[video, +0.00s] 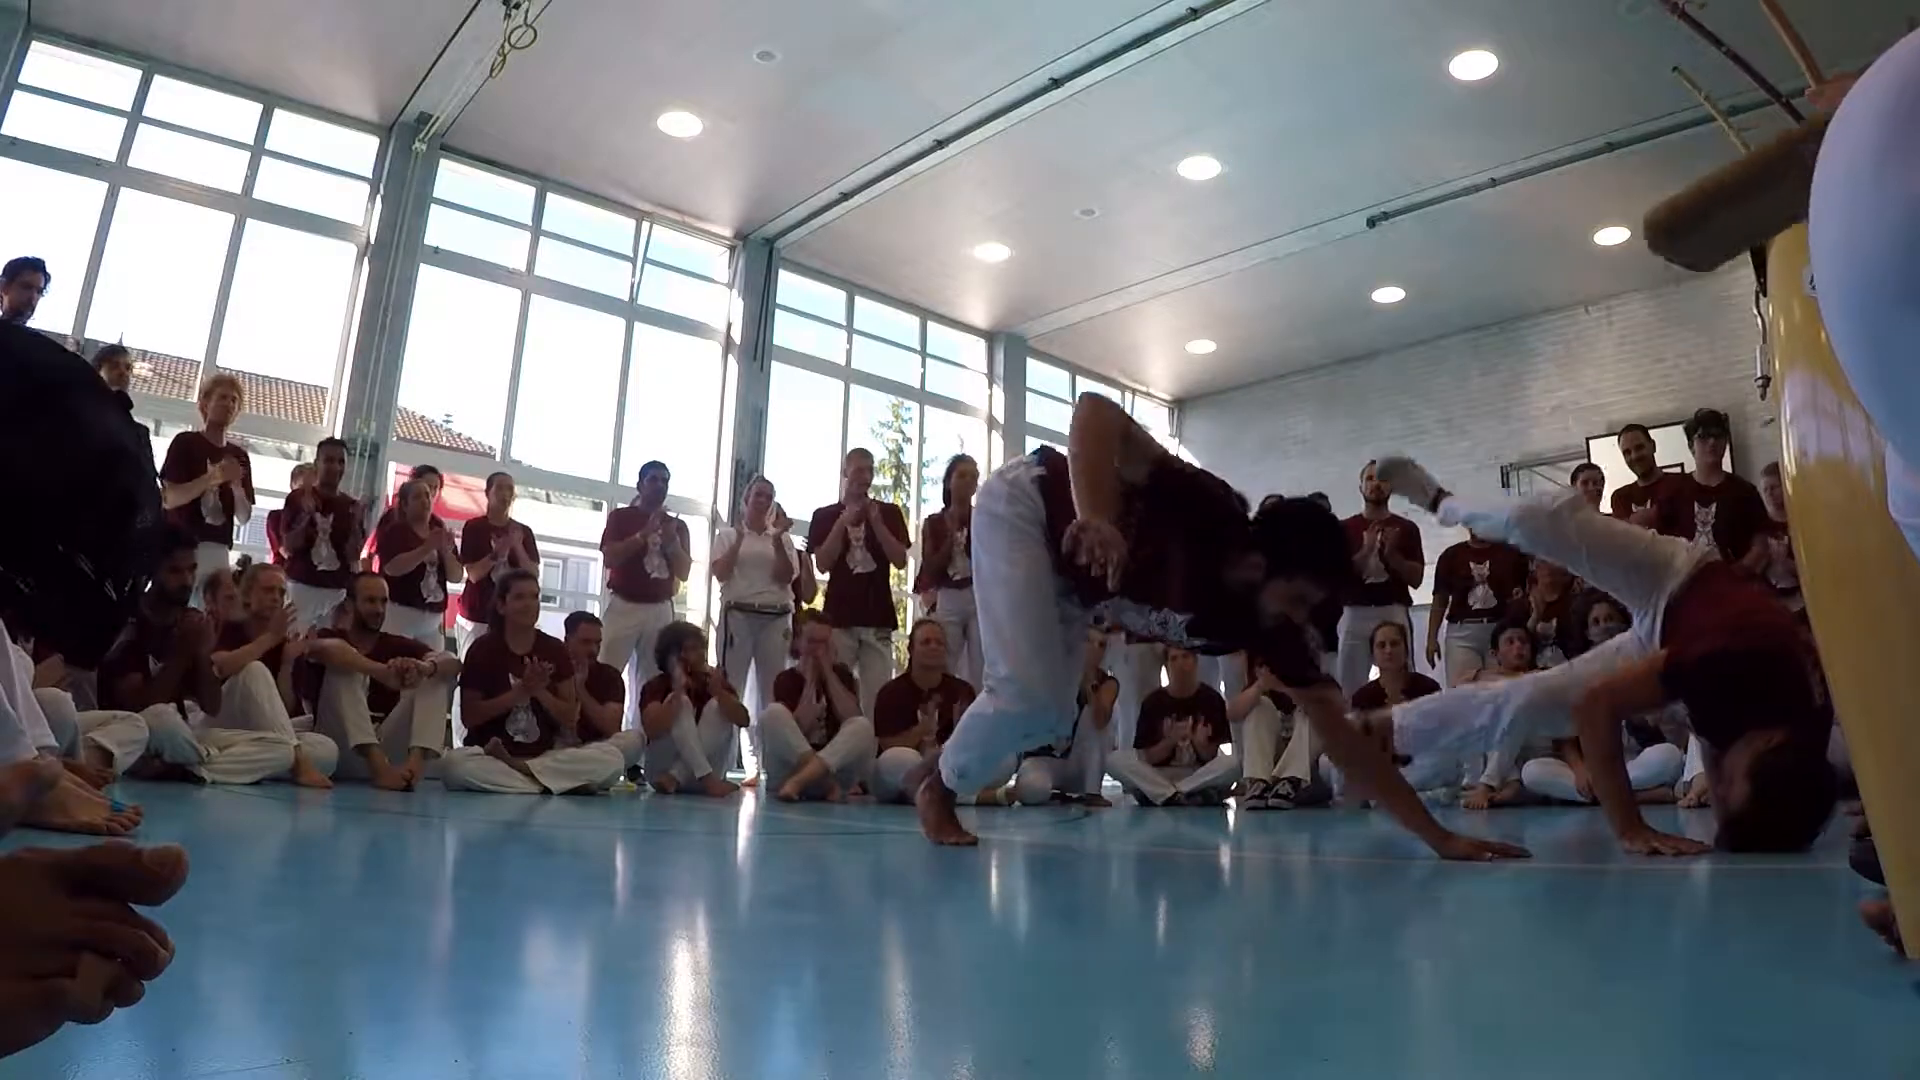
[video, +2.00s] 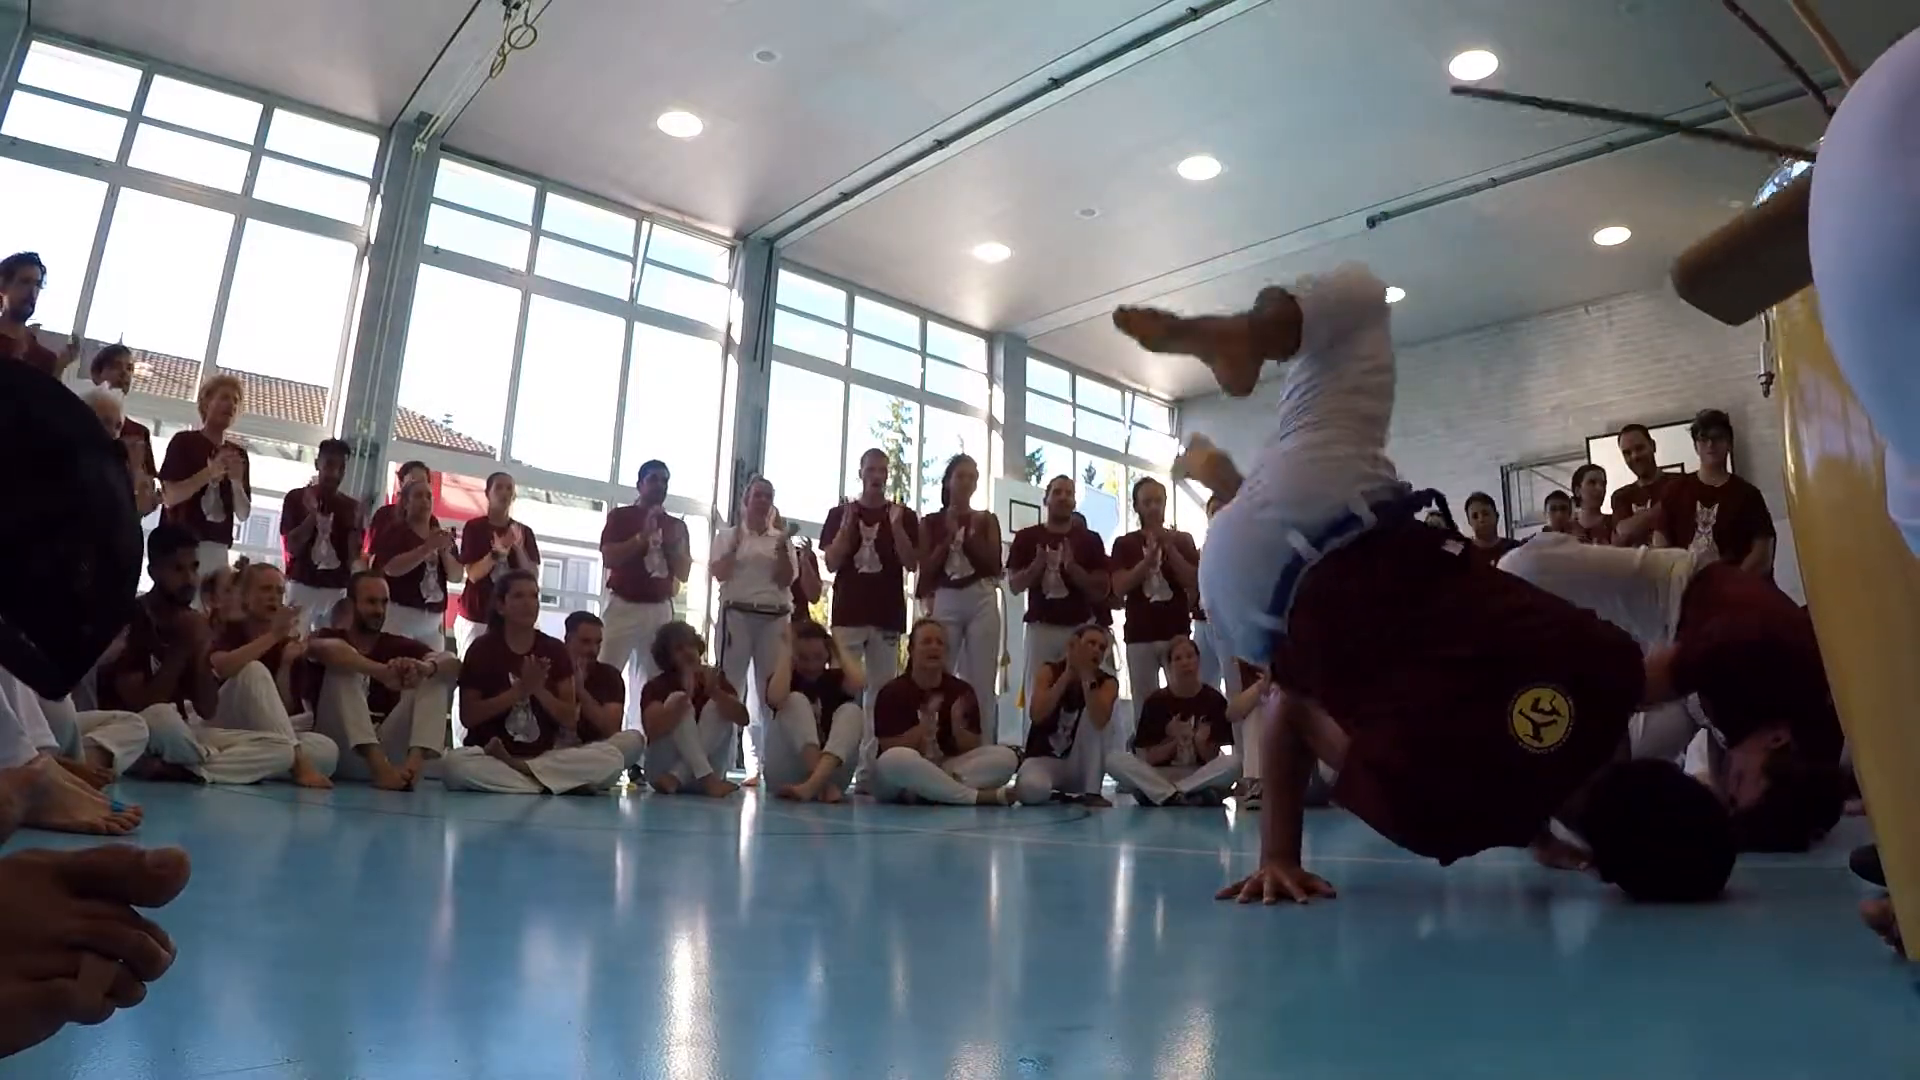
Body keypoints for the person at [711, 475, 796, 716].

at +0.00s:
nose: (762, 500)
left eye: (767, 496)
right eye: (758, 494)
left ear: (773, 503)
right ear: (746, 498)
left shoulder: (783, 538)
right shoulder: (728, 534)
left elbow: (787, 577)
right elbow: (721, 574)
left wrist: (778, 540)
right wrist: (738, 540)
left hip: (775, 618)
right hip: (737, 615)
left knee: (772, 691)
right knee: (729, 689)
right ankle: (725, 748)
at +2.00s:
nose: (761, 500)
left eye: (766, 496)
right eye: (756, 495)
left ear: (773, 502)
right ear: (745, 499)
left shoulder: (781, 537)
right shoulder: (728, 534)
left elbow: (786, 580)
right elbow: (719, 573)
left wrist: (783, 541)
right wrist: (736, 541)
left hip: (774, 616)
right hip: (736, 614)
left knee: (772, 693)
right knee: (729, 690)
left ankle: (767, 764)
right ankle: (723, 765)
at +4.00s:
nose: (761, 500)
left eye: (766, 496)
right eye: (756, 495)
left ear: (773, 502)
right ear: (745, 498)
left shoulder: (783, 538)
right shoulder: (728, 535)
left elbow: (786, 577)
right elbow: (721, 574)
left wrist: (766, 544)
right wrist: (752, 549)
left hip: (775, 618)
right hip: (736, 616)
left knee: (772, 693)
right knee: (730, 690)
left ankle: (768, 763)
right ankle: (725, 764)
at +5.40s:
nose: (761, 499)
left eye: (766, 495)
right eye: (756, 494)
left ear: (772, 501)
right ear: (745, 498)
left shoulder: (781, 537)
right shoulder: (729, 532)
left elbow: (789, 578)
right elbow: (717, 573)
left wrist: (784, 542)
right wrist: (735, 538)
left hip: (775, 617)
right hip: (736, 615)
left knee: (772, 694)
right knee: (729, 691)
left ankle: (769, 764)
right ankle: (724, 764)